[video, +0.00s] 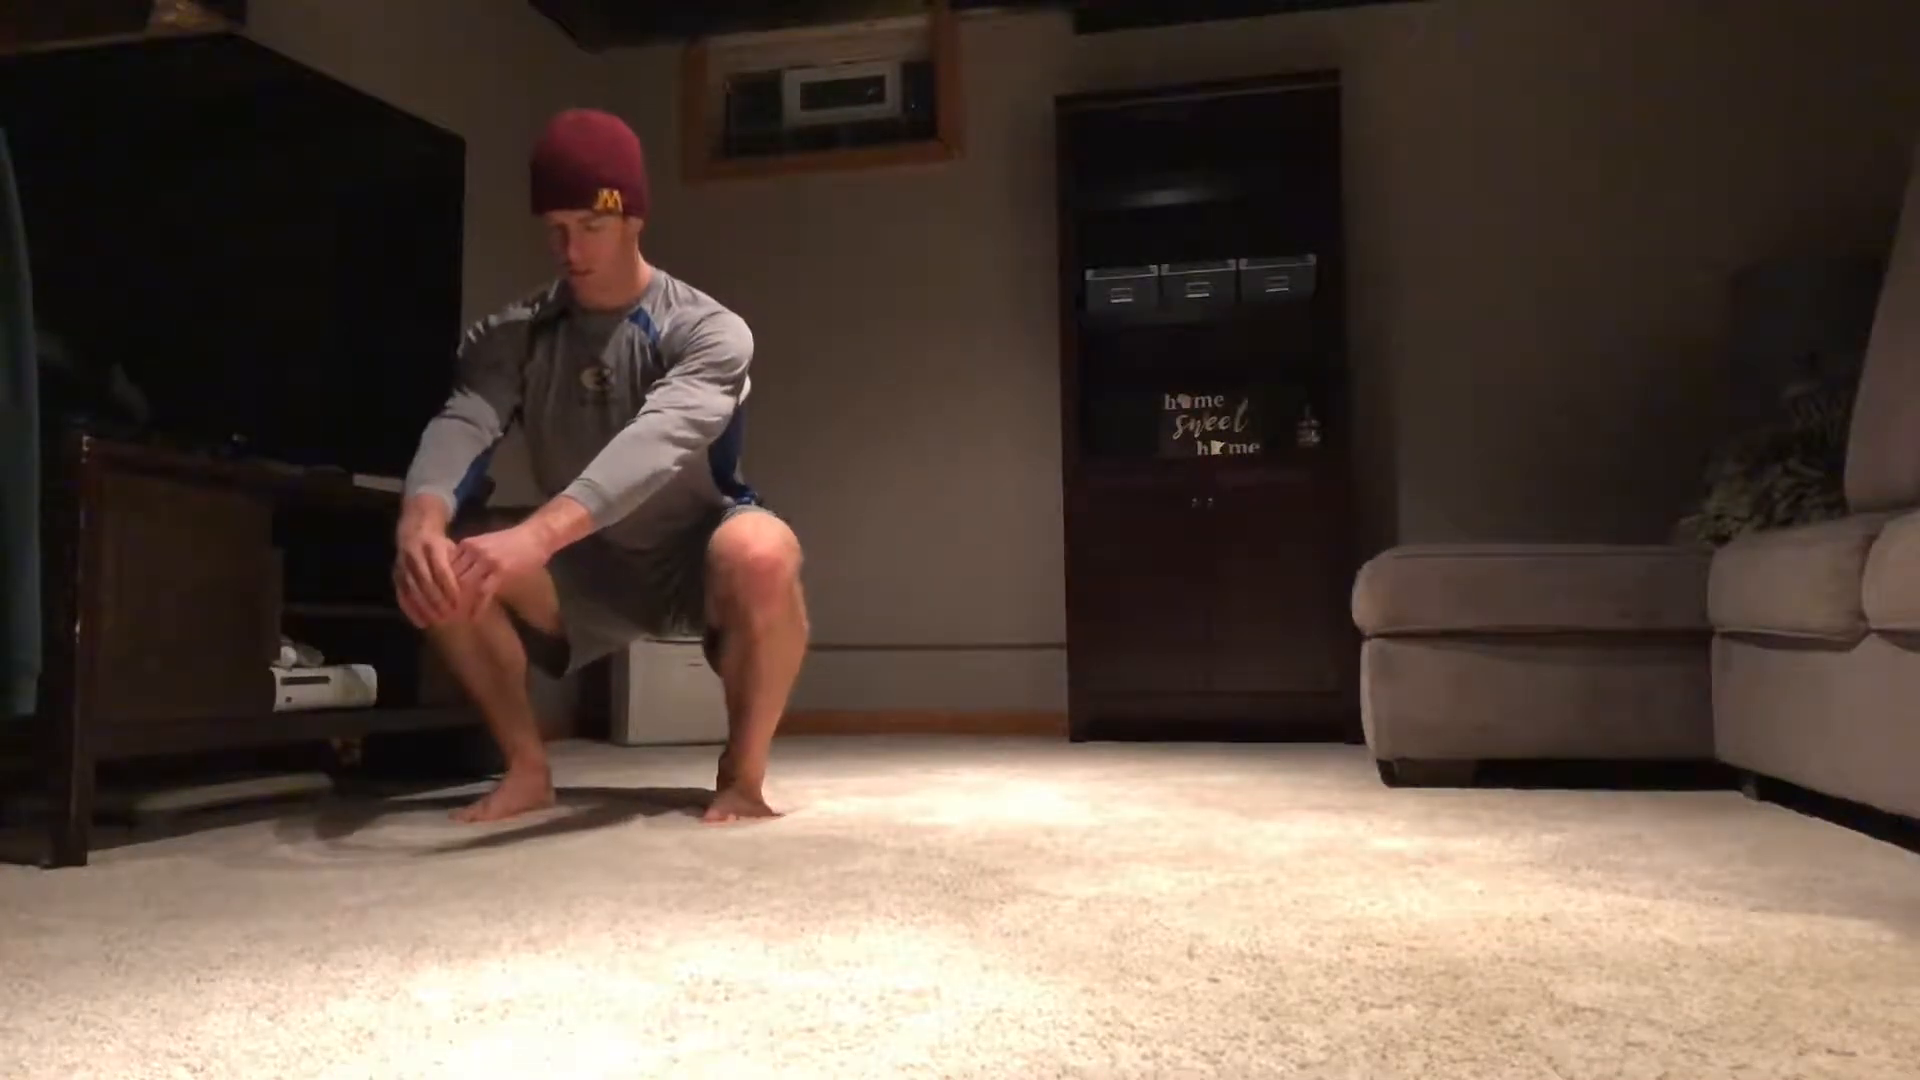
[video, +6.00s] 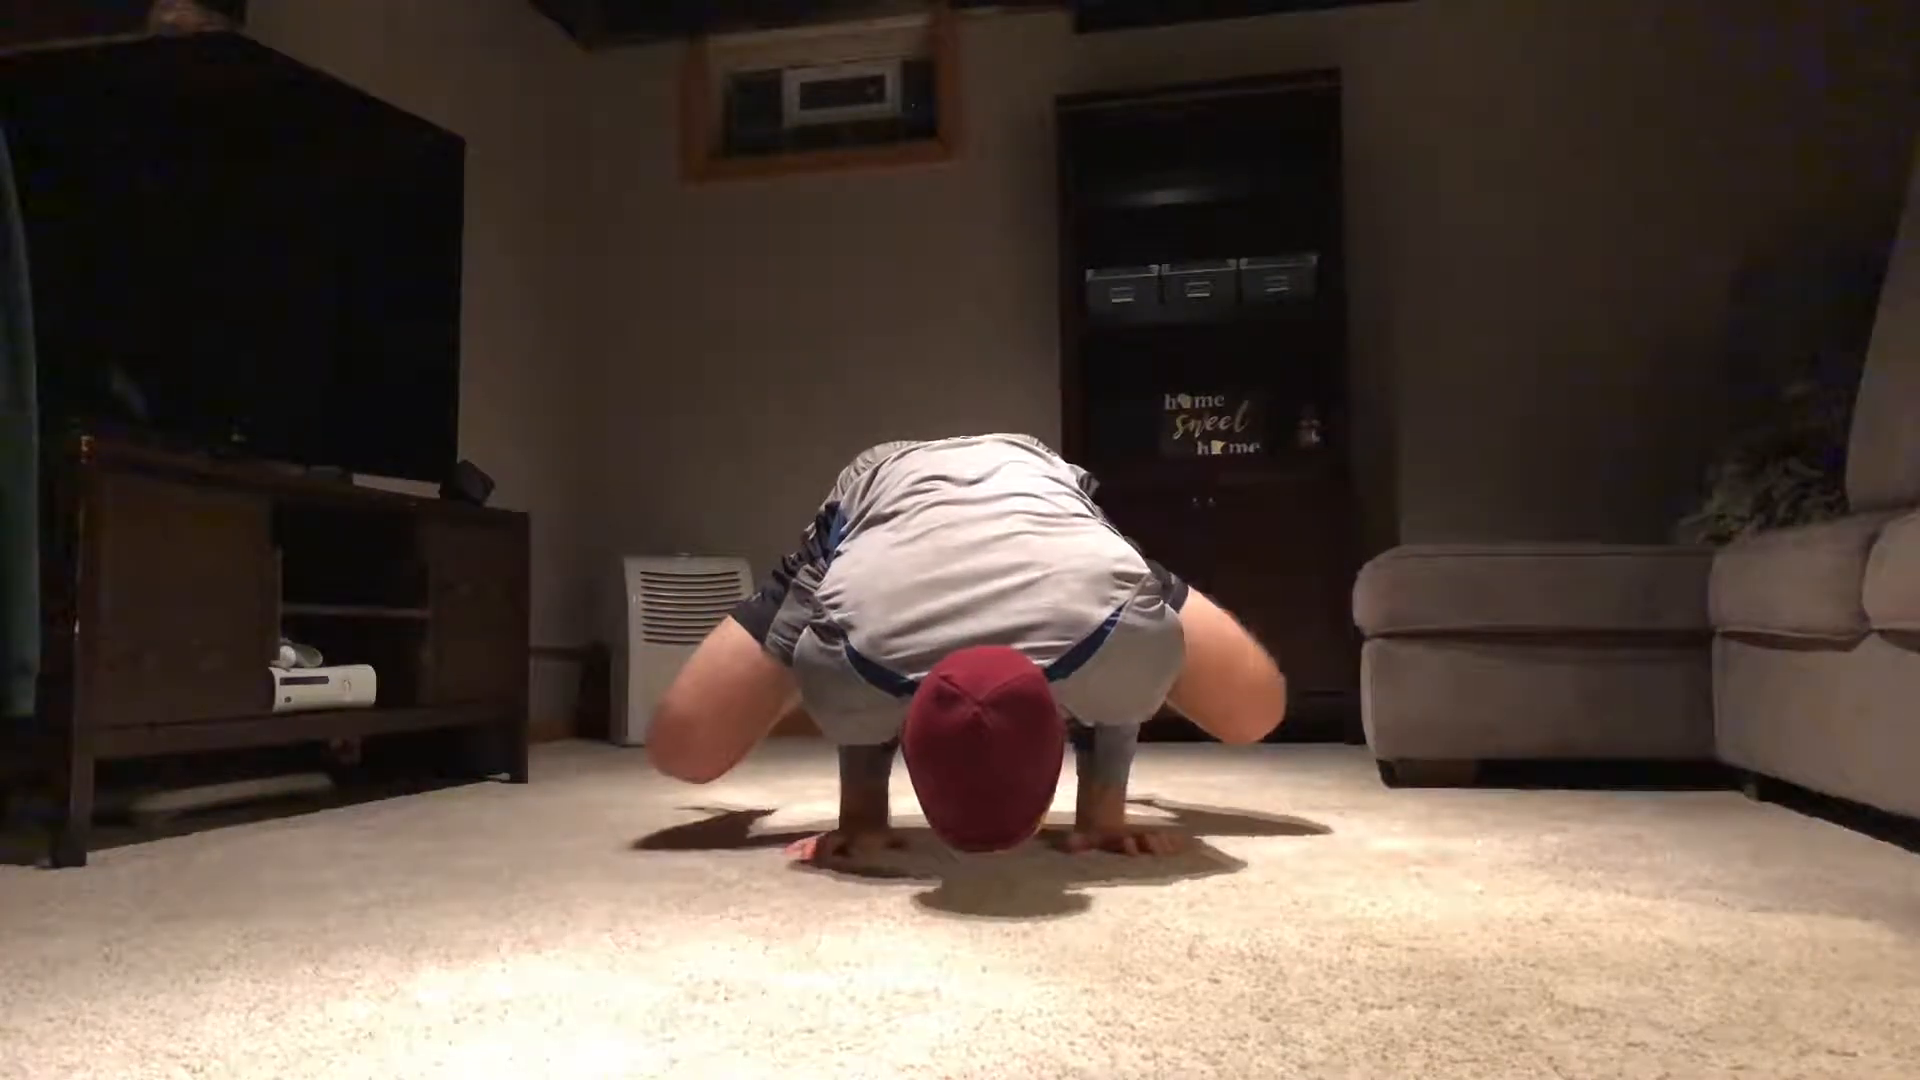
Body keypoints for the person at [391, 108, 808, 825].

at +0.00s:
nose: (570, 251)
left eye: (588, 229)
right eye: (557, 231)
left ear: (633, 219)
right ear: (542, 227)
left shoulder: (712, 335)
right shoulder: (514, 334)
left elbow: (653, 448)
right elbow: (461, 425)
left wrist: (535, 537)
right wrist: (419, 520)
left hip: (696, 564)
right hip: (582, 569)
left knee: (762, 547)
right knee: (446, 571)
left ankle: (744, 778)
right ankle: (526, 769)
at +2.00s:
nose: (598, 371)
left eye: (617, 346)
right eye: (577, 348)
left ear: (641, 338)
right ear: (548, 346)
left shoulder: (699, 447)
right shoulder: (494, 448)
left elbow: (638, 562)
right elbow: (434, 541)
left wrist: (522, 662)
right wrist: (393, 636)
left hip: (680, 681)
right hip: (569, 688)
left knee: (768, 542)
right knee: (450, 571)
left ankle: (741, 779)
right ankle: (524, 775)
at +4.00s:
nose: (786, 469)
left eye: (796, 449)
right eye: (765, 449)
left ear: (806, 441)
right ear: (709, 435)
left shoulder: (804, 494)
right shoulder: (617, 496)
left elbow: (879, 633)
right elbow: (680, 669)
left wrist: (968, 778)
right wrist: (807, 779)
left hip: (717, 635)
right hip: (598, 630)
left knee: (880, 555)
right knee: (443, 610)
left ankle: (752, 774)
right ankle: (520, 766)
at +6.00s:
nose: (985, 846)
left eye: (1004, 832)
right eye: (963, 832)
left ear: (1050, 724)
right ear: (910, 726)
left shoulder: (1127, 646)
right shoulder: (835, 658)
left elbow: (1260, 710)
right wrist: (861, 823)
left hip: (1040, 476)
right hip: (881, 482)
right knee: (680, 751)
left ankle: (1103, 813)